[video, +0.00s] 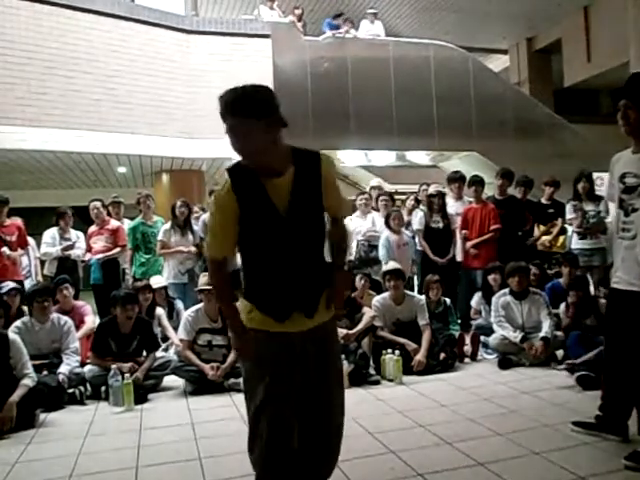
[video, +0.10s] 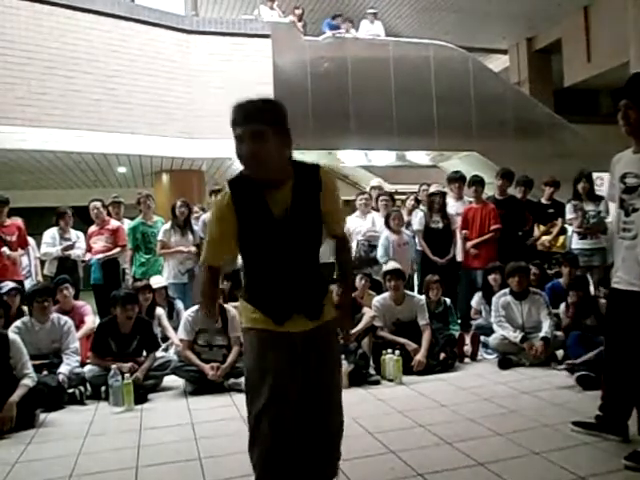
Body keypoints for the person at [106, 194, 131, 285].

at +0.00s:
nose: (116, 210)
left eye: (119, 207)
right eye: (113, 207)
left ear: (123, 208)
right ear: (108, 209)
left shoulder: (130, 224)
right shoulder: (106, 225)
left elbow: (133, 244)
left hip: (126, 263)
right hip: (110, 262)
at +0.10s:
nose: (116, 210)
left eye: (119, 207)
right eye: (113, 207)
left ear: (123, 209)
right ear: (109, 209)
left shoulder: (130, 224)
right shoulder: (106, 225)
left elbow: (133, 244)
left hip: (126, 263)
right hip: (110, 262)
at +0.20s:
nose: (116, 210)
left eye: (119, 207)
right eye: (113, 207)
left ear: (123, 209)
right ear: (109, 209)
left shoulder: (130, 224)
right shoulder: (106, 225)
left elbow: (133, 245)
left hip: (126, 263)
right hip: (110, 262)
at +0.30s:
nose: (116, 210)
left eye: (119, 207)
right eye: (113, 207)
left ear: (123, 208)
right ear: (109, 209)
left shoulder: (130, 224)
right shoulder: (106, 225)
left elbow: (133, 244)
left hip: (126, 263)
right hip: (110, 262)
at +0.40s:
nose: (117, 210)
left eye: (119, 207)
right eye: (114, 207)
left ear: (123, 208)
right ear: (109, 209)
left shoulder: (130, 225)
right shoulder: (106, 226)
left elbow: (133, 245)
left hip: (126, 263)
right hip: (110, 262)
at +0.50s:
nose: (117, 210)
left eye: (119, 207)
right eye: (114, 207)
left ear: (123, 208)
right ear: (109, 209)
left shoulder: (130, 225)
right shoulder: (106, 226)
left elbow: (132, 245)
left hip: (126, 263)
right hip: (110, 262)